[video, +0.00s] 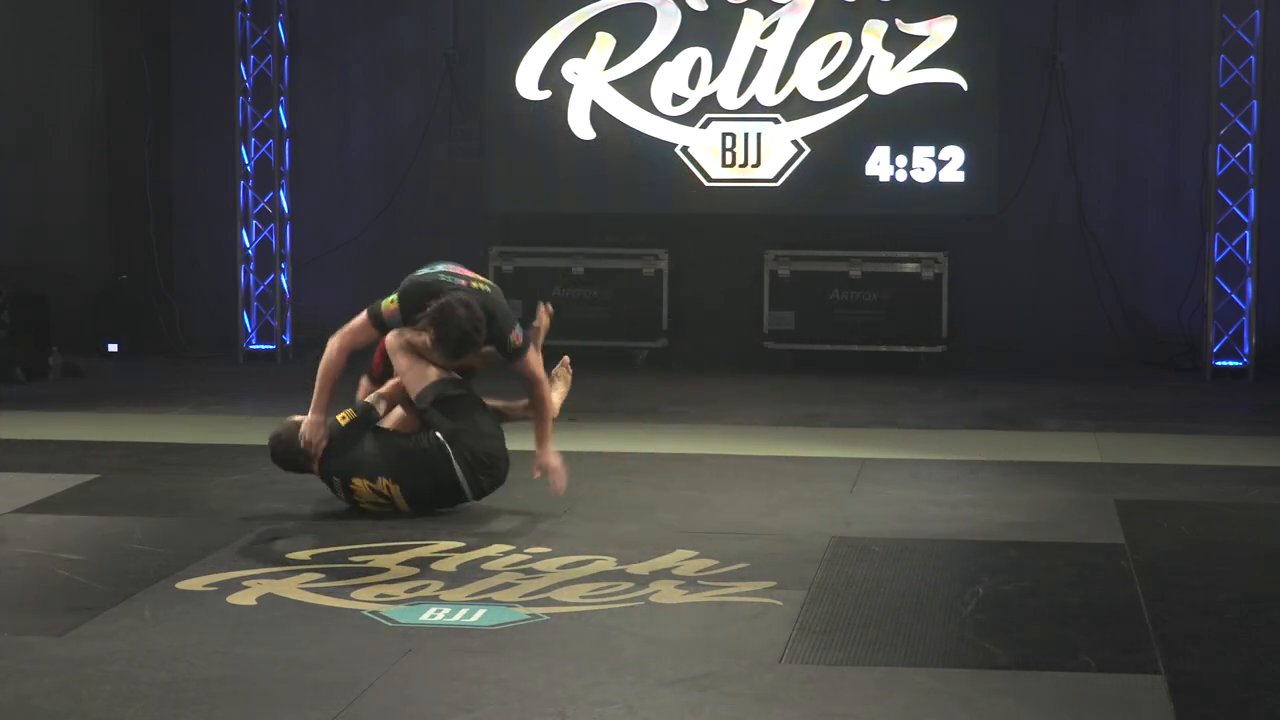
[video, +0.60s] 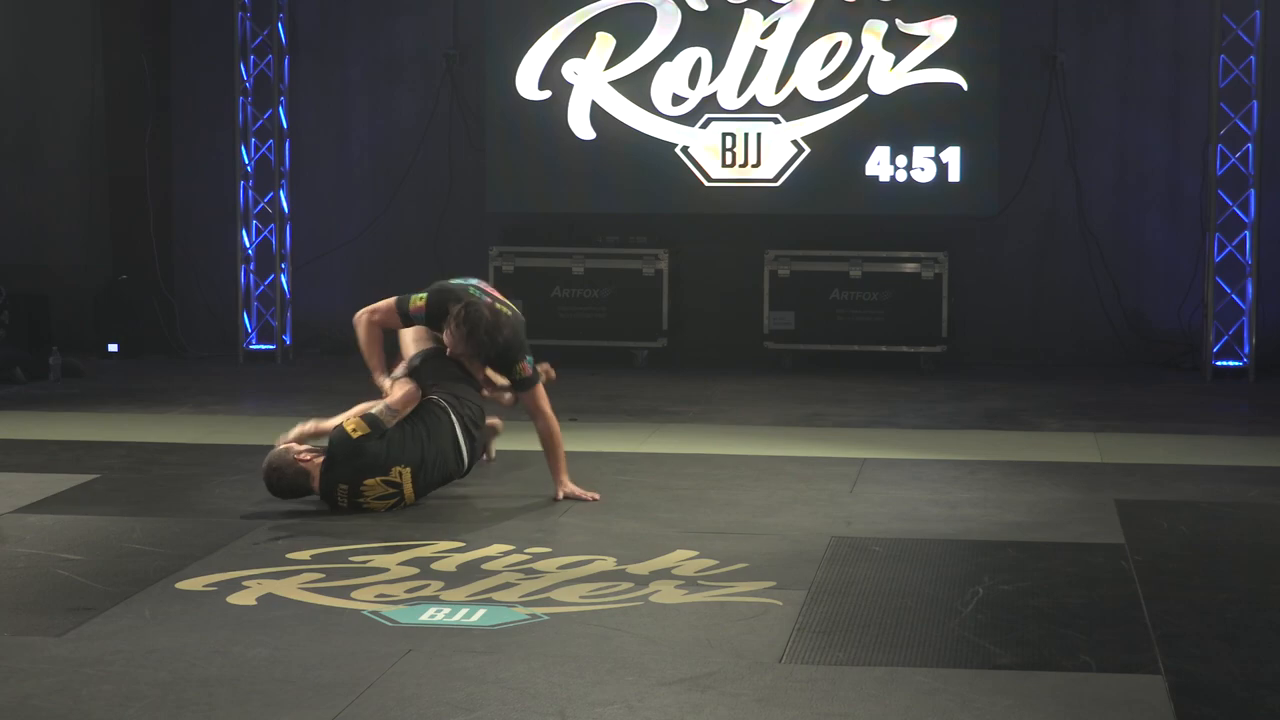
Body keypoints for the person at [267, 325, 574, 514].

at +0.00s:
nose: (307, 421)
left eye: (304, 420)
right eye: (303, 421)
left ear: (298, 467)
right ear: (305, 436)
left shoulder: (340, 486)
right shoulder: (333, 437)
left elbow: (402, 423)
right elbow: (396, 392)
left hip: (479, 480)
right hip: (471, 454)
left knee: (439, 399)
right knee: (399, 341)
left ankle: (541, 404)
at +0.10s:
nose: (323, 418)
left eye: (316, 419)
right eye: (316, 421)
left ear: (309, 472)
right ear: (315, 432)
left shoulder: (358, 495)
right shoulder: (340, 432)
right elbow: (406, 400)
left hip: (489, 473)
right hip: (465, 429)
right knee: (390, 341)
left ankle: (550, 404)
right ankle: (515, 356)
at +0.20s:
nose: (322, 424)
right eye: (318, 427)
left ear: (306, 472)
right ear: (314, 434)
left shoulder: (353, 493)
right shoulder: (338, 436)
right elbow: (402, 406)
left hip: (474, 479)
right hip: (460, 430)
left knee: (494, 451)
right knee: (381, 341)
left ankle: (547, 413)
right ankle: (497, 357)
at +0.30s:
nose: (313, 430)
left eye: (306, 430)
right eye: (308, 433)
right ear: (306, 445)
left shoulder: (352, 499)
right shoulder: (327, 441)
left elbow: (419, 493)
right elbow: (395, 404)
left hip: (476, 469)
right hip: (448, 416)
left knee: (519, 424)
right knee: (379, 334)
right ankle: (484, 353)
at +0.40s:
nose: (305, 440)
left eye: (300, 439)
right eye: (302, 441)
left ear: (301, 491)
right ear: (300, 449)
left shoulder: (347, 501)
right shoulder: (324, 446)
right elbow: (396, 400)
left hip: (471, 458)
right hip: (445, 411)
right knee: (386, 334)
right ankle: (482, 360)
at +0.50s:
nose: (306, 444)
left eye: (298, 443)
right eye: (302, 445)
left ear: (299, 495)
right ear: (302, 455)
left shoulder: (343, 502)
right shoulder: (334, 446)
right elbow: (403, 395)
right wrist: (388, 382)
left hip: (464, 454)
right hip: (446, 409)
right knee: (394, 336)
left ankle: (497, 416)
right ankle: (488, 364)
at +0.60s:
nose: (305, 443)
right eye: (300, 444)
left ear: (298, 496)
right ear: (303, 453)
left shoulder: (339, 503)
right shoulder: (342, 442)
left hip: (463, 458)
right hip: (452, 409)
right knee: (412, 326)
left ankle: (485, 434)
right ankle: (485, 385)